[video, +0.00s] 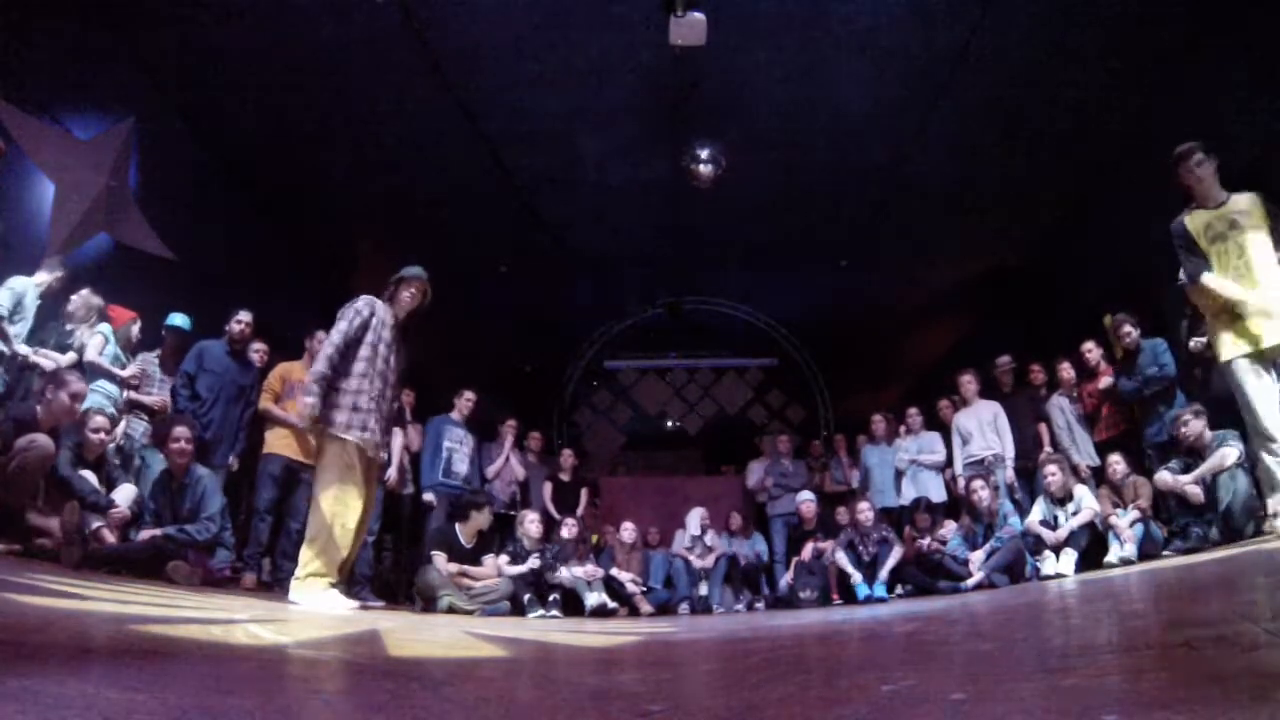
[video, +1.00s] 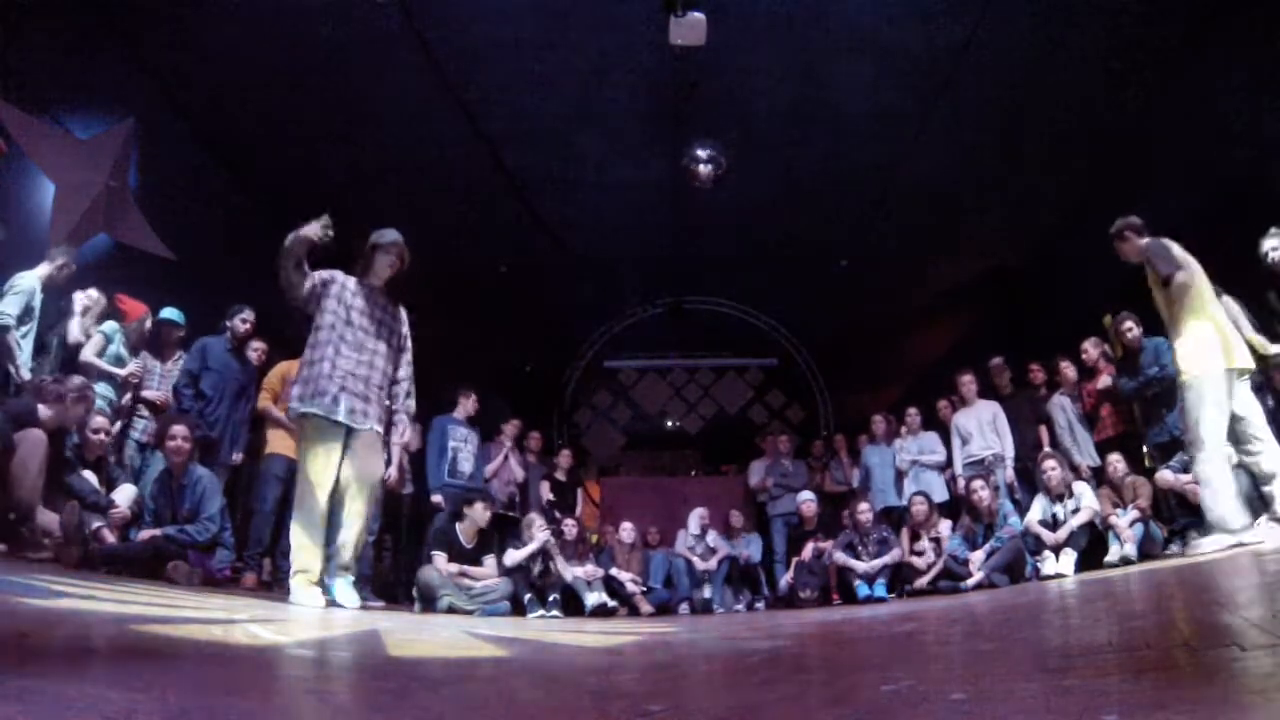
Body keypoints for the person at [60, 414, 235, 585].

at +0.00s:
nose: (183, 447)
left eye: (188, 441)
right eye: (176, 441)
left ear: (194, 447)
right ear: (164, 447)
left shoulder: (206, 479)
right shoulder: (162, 480)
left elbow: (209, 530)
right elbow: (151, 522)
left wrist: (162, 532)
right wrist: (145, 537)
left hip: (209, 552)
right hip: (172, 546)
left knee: (160, 543)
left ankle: (90, 554)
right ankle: (185, 574)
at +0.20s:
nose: (182, 447)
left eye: (188, 441)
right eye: (176, 441)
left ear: (194, 446)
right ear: (164, 446)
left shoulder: (205, 479)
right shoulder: (161, 481)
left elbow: (208, 532)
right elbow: (150, 524)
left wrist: (161, 533)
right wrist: (144, 538)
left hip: (210, 553)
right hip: (172, 546)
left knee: (159, 543)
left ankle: (91, 554)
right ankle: (183, 575)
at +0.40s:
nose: (182, 446)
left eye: (187, 441)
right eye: (175, 440)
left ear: (194, 446)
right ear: (163, 446)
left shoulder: (205, 479)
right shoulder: (160, 482)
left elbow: (207, 532)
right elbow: (149, 525)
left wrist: (160, 533)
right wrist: (146, 540)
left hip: (210, 554)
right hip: (173, 548)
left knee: (157, 544)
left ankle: (89, 555)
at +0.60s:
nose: (181, 447)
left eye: (186, 441)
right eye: (174, 441)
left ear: (193, 446)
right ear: (163, 446)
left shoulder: (205, 479)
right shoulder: (160, 482)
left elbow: (206, 532)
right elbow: (149, 523)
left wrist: (161, 533)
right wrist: (146, 539)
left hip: (210, 554)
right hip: (173, 548)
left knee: (158, 544)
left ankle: (94, 554)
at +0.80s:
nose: (178, 445)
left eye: (185, 440)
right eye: (172, 439)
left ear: (192, 447)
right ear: (162, 445)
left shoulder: (205, 480)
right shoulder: (159, 481)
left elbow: (206, 533)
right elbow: (150, 524)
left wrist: (162, 533)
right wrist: (143, 540)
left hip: (209, 552)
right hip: (170, 547)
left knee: (159, 544)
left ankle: (91, 554)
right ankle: (183, 576)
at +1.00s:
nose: (178, 445)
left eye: (185, 440)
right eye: (172, 439)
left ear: (193, 446)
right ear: (162, 445)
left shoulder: (205, 480)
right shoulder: (160, 480)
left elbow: (208, 531)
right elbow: (150, 522)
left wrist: (162, 532)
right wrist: (143, 539)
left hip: (209, 553)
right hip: (171, 546)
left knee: (158, 544)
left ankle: (89, 555)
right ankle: (183, 575)